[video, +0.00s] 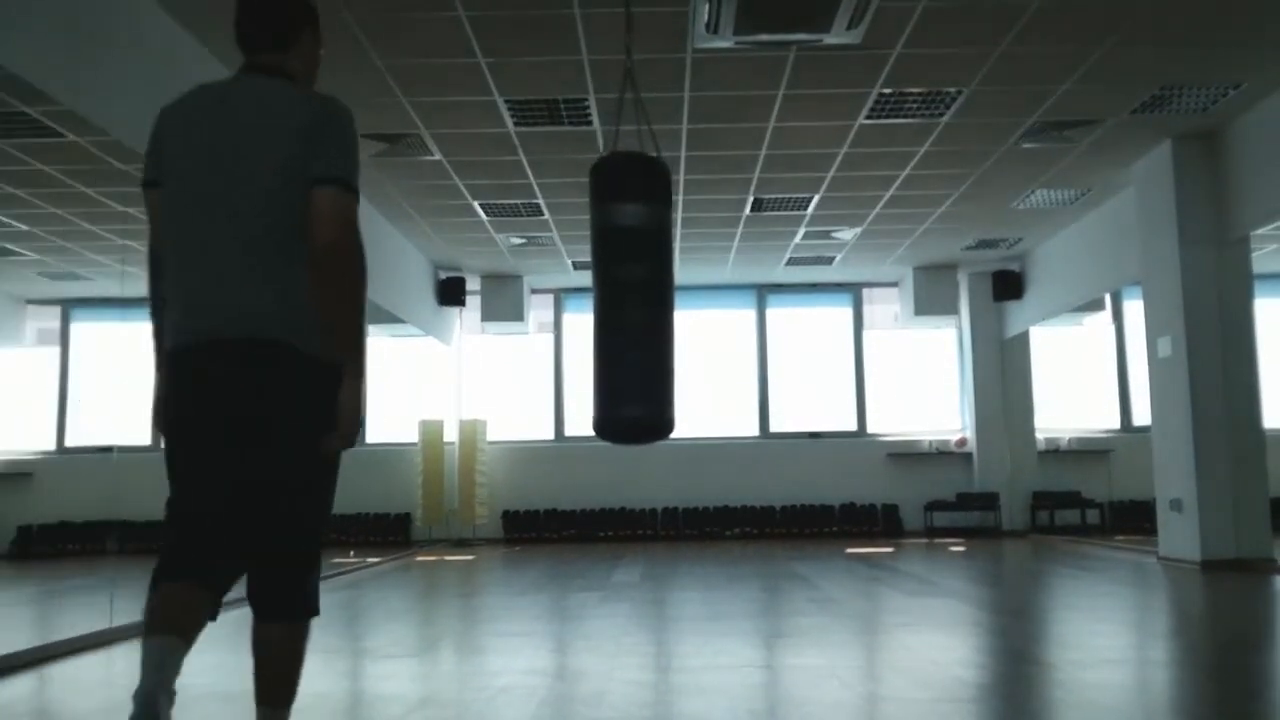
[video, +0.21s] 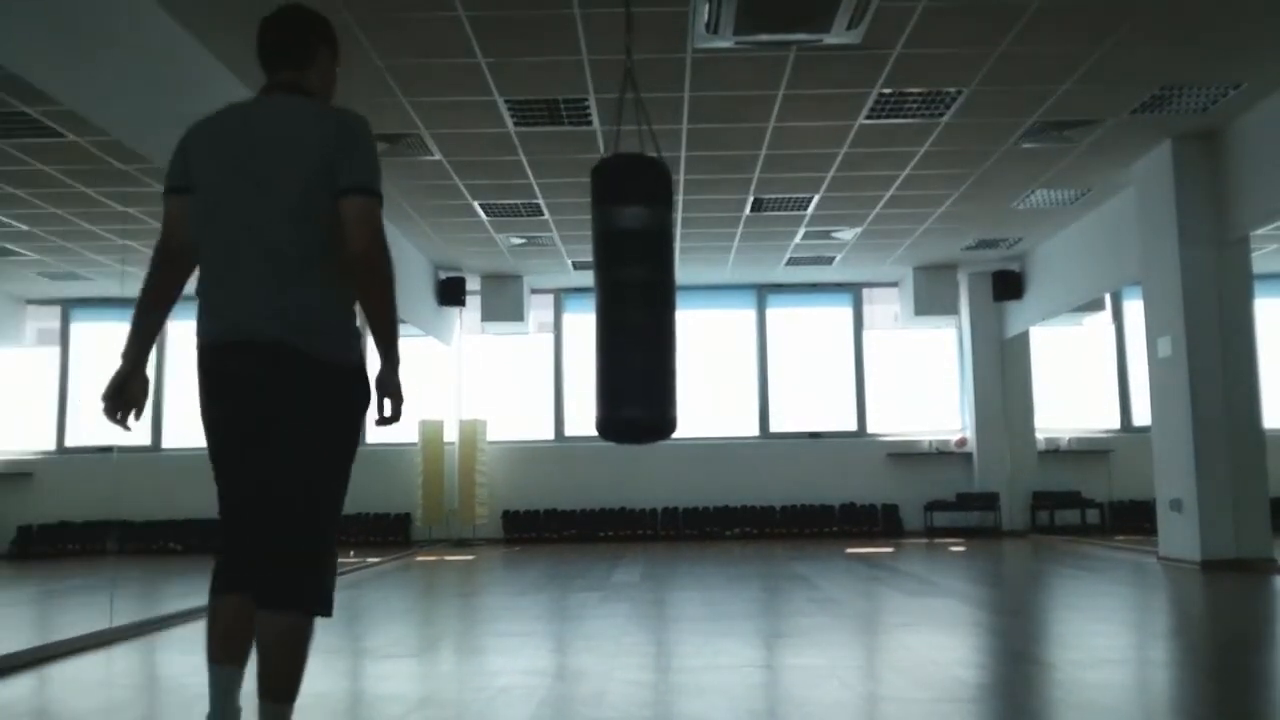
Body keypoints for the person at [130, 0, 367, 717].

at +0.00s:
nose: (321, 56)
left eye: (316, 41)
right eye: (318, 42)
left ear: (241, 41)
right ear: (306, 42)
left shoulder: (176, 118)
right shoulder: (321, 117)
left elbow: (162, 262)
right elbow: (334, 251)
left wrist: (167, 379)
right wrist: (350, 373)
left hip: (198, 369)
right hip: (290, 368)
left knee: (198, 543)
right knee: (288, 556)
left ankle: (152, 699)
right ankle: (273, 716)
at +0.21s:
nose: (335, 75)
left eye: (330, 63)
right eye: (333, 63)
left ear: (264, 63)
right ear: (323, 62)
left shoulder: (204, 137)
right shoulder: (343, 132)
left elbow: (174, 256)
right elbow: (365, 248)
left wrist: (133, 362)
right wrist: (389, 358)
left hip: (227, 368)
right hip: (318, 368)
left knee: (240, 541)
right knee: (296, 550)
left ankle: (223, 709)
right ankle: (273, 715)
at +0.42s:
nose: (351, 115)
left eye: (349, 105)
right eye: (348, 104)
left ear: (282, 104)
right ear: (333, 102)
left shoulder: (232, 174)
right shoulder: (339, 159)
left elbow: (209, 290)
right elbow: (354, 271)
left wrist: (188, 386)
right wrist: (398, 366)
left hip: (248, 387)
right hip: (324, 386)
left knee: (266, 542)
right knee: (343, 545)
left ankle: (251, 702)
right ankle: (281, 690)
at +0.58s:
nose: (364, 127)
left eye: (363, 116)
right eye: (361, 115)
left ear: (301, 113)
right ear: (344, 112)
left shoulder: (254, 181)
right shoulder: (346, 168)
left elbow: (250, 297)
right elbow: (352, 274)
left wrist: (262, 372)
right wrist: (386, 384)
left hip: (263, 386)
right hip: (337, 385)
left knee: (265, 538)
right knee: (376, 527)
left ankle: (247, 707)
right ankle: (335, 684)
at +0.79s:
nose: (388, 148)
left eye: (387, 136)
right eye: (386, 136)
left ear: (329, 137)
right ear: (371, 134)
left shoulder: (299, 196)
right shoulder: (364, 188)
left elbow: (295, 299)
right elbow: (353, 279)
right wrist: (381, 380)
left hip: (295, 393)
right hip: (356, 394)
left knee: (292, 543)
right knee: (392, 532)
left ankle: (258, 697)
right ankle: (384, 672)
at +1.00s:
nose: (407, 150)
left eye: (405, 139)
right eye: (404, 139)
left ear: (349, 142)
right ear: (389, 139)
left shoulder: (321, 202)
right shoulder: (390, 192)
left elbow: (288, 297)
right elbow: (395, 287)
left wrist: (293, 363)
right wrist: (420, 382)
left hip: (340, 389)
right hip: (384, 387)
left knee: (458, 429)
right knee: (410, 524)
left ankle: (340, 500)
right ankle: (386, 673)